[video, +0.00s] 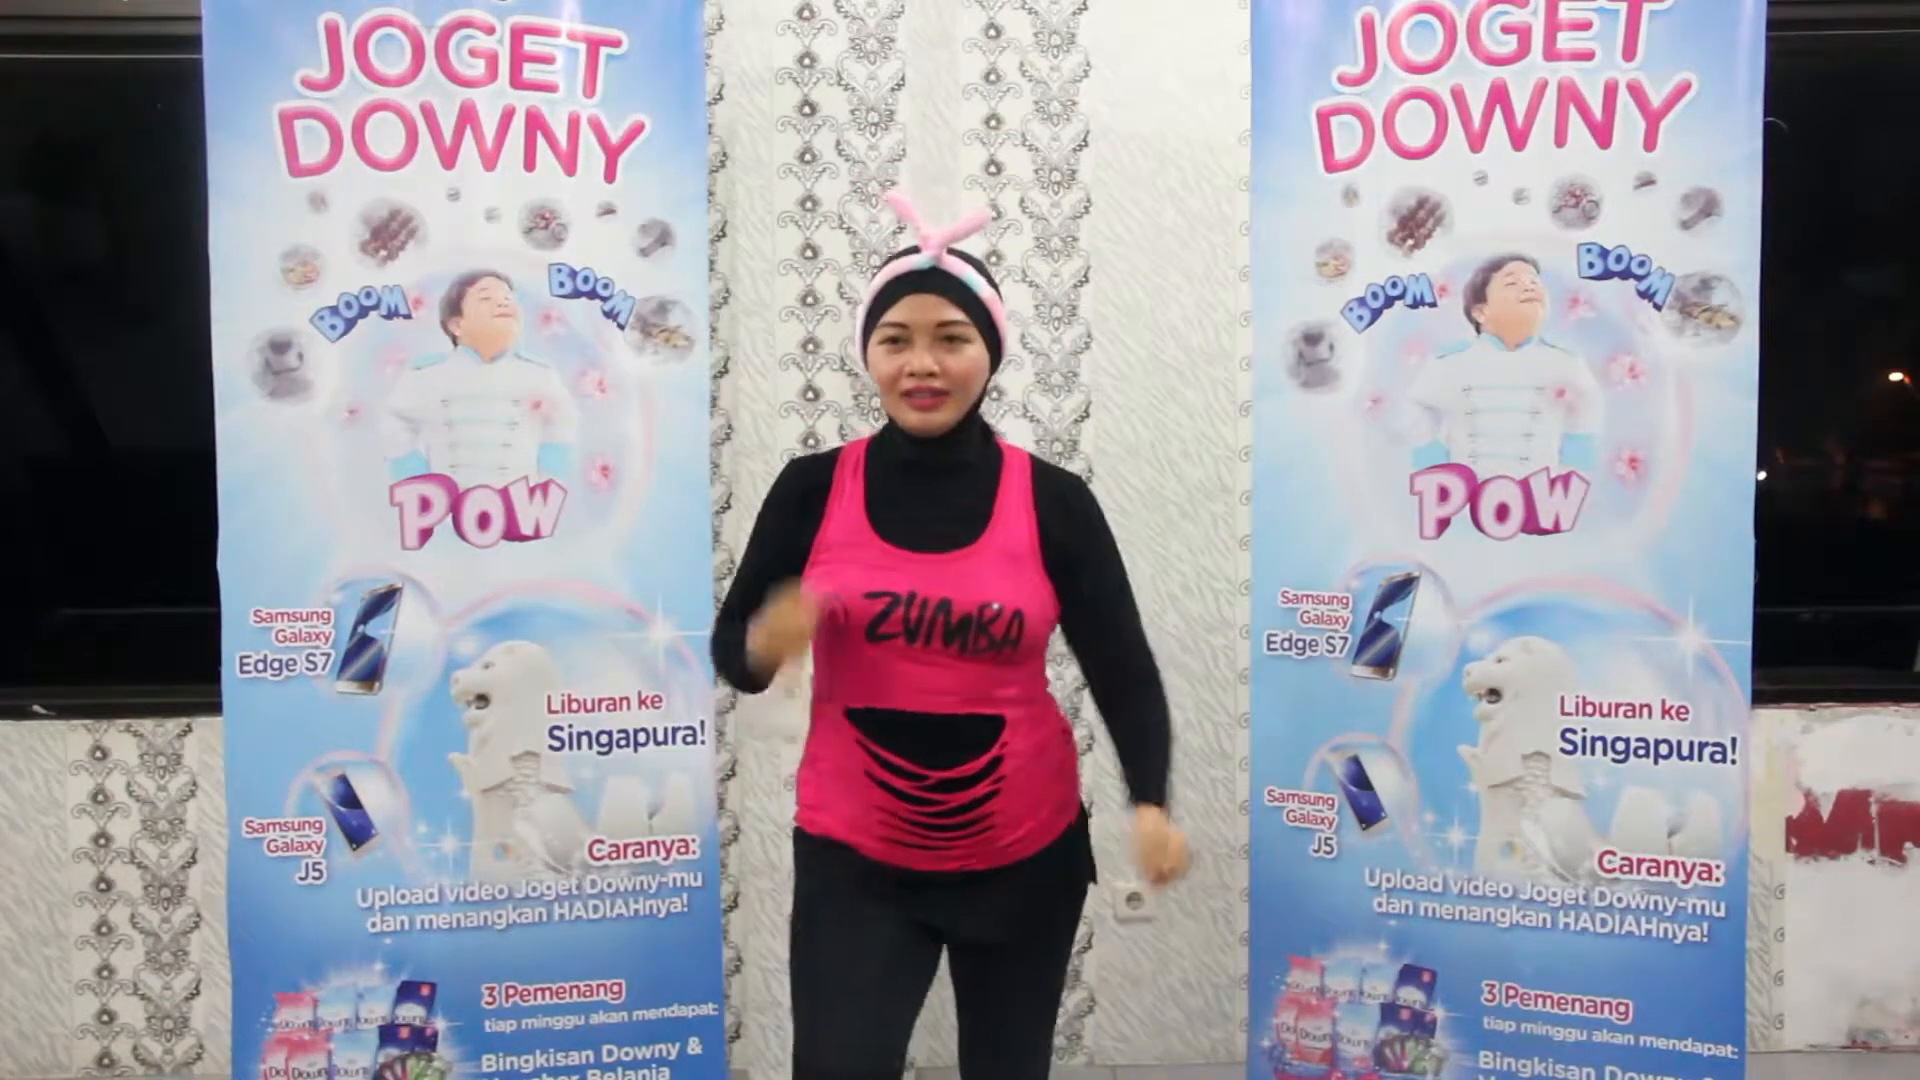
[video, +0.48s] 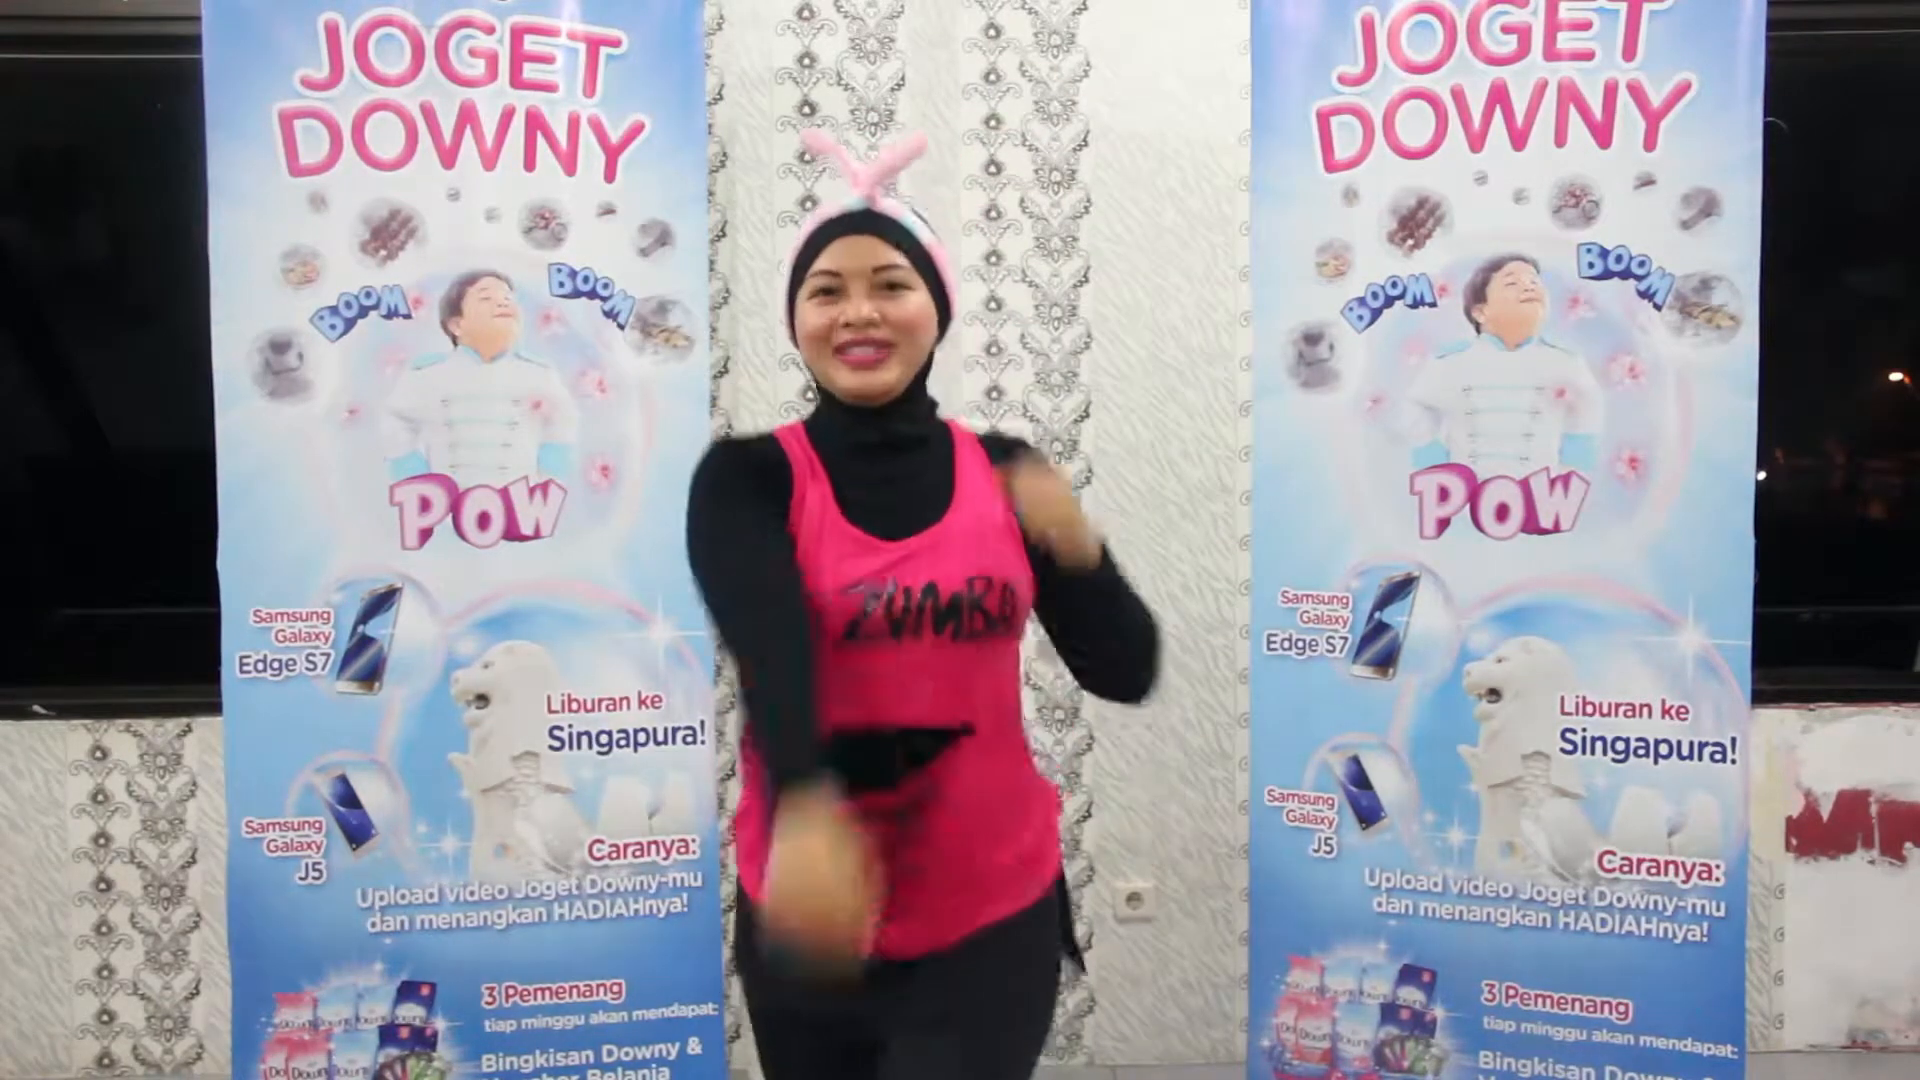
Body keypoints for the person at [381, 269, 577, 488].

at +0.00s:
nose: (503, 301)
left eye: (508, 296)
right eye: (485, 297)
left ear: (518, 314)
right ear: (455, 324)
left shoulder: (539, 376)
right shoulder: (423, 377)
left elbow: (561, 432)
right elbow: (394, 425)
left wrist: (545, 492)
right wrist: (414, 487)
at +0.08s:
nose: (503, 301)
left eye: (508, 296)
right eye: (485, 297)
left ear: (518, 314)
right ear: (455, 324)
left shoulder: (539, 376)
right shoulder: (423, 377)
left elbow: (560, 431)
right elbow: (394, 425)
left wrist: (546, 490)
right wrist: (412, 486)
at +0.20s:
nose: (503, 301)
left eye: (508, 296)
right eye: (485, 297)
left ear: (518, 314)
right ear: (455, 324)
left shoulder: (539, 376)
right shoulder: (423, 377)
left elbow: (561, 432)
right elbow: (394, 425)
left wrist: (545, 491)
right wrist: (413, 486)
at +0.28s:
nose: (503, 301)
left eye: (508, 296)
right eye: (485, 297)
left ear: (518, 314)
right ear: (455, 324)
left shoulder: (539, 376)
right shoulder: (423, 377)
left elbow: (560, 431)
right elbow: (394, 425)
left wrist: (546, 490)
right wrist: (413, 486)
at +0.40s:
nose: (503, 301)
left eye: (508, 296)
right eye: (485, 297)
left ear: (518, 314)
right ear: (455, 324)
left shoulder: (539, 376)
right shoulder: (423, 377)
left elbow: (561, 431)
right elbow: (394, 425)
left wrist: (545, 491)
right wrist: (414, 486)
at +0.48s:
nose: (503, 301)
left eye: (508, 296)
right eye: (485, 297)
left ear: (518, 314)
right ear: (455, 324)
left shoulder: (539, 376)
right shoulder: (423, 377)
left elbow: (561, 431)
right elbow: (394, 425)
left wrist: (545, 491)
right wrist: (414, 486)